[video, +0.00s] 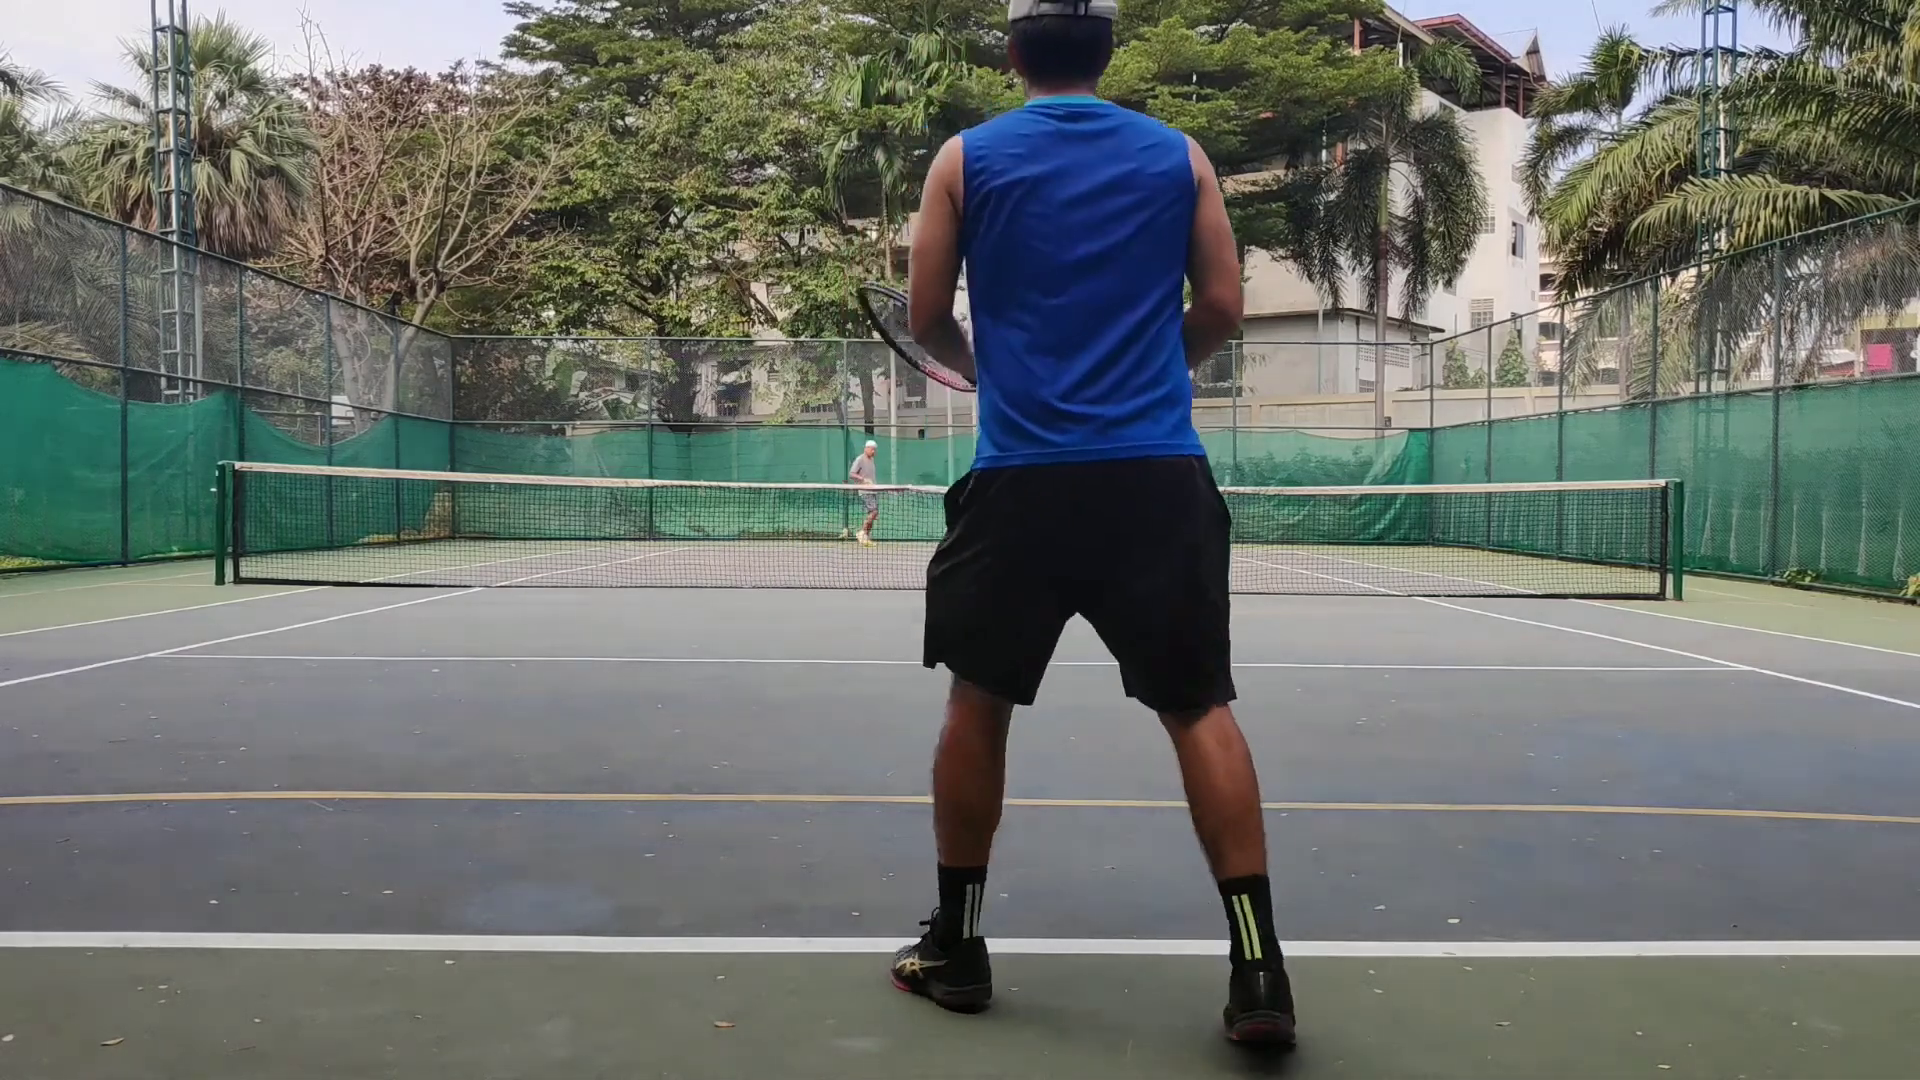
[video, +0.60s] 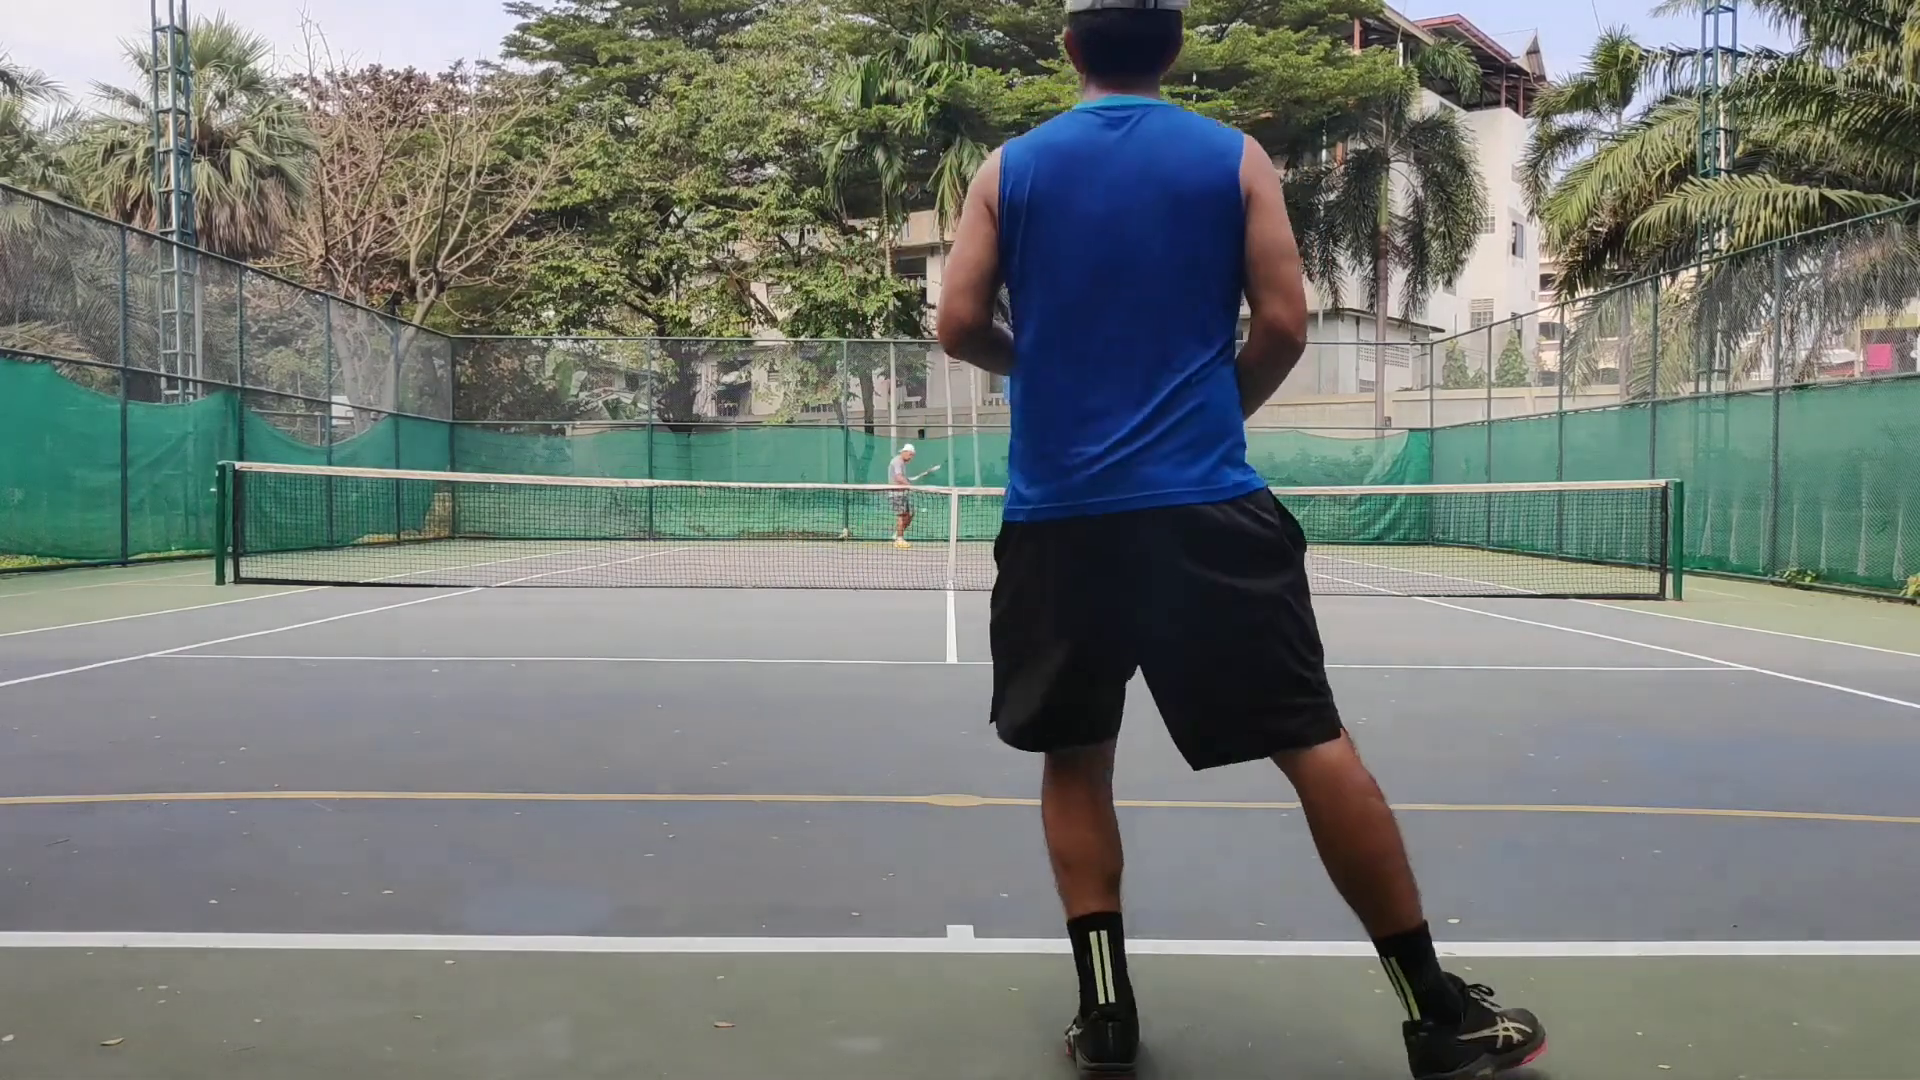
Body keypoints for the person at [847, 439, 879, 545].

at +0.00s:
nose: (873, 451)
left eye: (874, 449)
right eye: (871, 449)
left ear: (874, 450)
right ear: (866, 449)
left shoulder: (871, 460)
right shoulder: (860, 459)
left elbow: (870, 473)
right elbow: (852, 473)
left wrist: (874, 484)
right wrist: (863, 479)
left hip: (872, 488)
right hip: (864, 489)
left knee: (873, 513)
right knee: (874, 512)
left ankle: (866, 536)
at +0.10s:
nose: (878, 452)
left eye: (879, 450)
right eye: (876, 449)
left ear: (880, 450)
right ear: (872, 449)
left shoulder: (877, 460)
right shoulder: (866, 459)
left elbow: (876, 474)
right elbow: (859, 474)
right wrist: (870, 480)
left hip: (877, 489)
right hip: (869, 490)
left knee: (875, 513)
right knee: (879, 512)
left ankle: (866, 536)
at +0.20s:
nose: (886, 454)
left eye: (887, 452)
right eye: (884, 452)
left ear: (886, 452)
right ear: (878, 451)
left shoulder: (881, 462)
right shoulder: (873, 460)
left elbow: (880, 476)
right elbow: (866, 475)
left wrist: (889, 483)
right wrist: (878, 481)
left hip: (882, 492)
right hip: (876, 492)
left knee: (879, 516)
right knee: (885, 515)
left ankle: (866, 537)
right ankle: (894, 536)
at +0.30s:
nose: (892, 456)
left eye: (893, 453)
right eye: (891, 453)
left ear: (892, 453)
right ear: (885, 452)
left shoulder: (886, 462)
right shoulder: (880, 461)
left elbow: (885, 477)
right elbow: (875, 477)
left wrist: (896, 484)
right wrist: (889, 483)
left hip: (887, 491)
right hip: (883, 492)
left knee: (884, 516)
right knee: (893, 515)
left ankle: (868, 536)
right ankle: (898, 538)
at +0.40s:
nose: (899, 456)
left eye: (900, 454)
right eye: (898, 454)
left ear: (898, 454)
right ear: (892, 452)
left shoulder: (891, 463)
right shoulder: (887, 462)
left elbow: (891, 477)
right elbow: (885, 478)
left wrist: (900, 483)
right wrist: (898, 485)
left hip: (892, 492)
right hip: (889, 492)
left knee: (894, 517)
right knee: (899, 515)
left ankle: (877, 532)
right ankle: (899, 538)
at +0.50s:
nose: (906, 457)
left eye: (906, 455)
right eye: (905, 455)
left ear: (903, 454)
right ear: (899, 453)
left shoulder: (896, 462)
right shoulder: (892, 462)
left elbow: (896, 476)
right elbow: (893, 477)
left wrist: (904, 481)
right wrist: (904, 485)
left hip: (897, 490)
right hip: (893, 491)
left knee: (904, 515)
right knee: (900, 515)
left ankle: (887, 530)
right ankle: (899, 539)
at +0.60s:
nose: (910, 458)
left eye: (912, 455)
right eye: (910, 455)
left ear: (908, 454)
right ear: (904, 452)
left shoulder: (901, 462)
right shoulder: (897, 461)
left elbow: (901, 476)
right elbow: (898, 477)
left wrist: (907, 481)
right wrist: (908, 485)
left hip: (901, 491)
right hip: (896, 491)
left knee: (909, 514)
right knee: (902, 515)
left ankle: (898, 534)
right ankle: (899, 538)